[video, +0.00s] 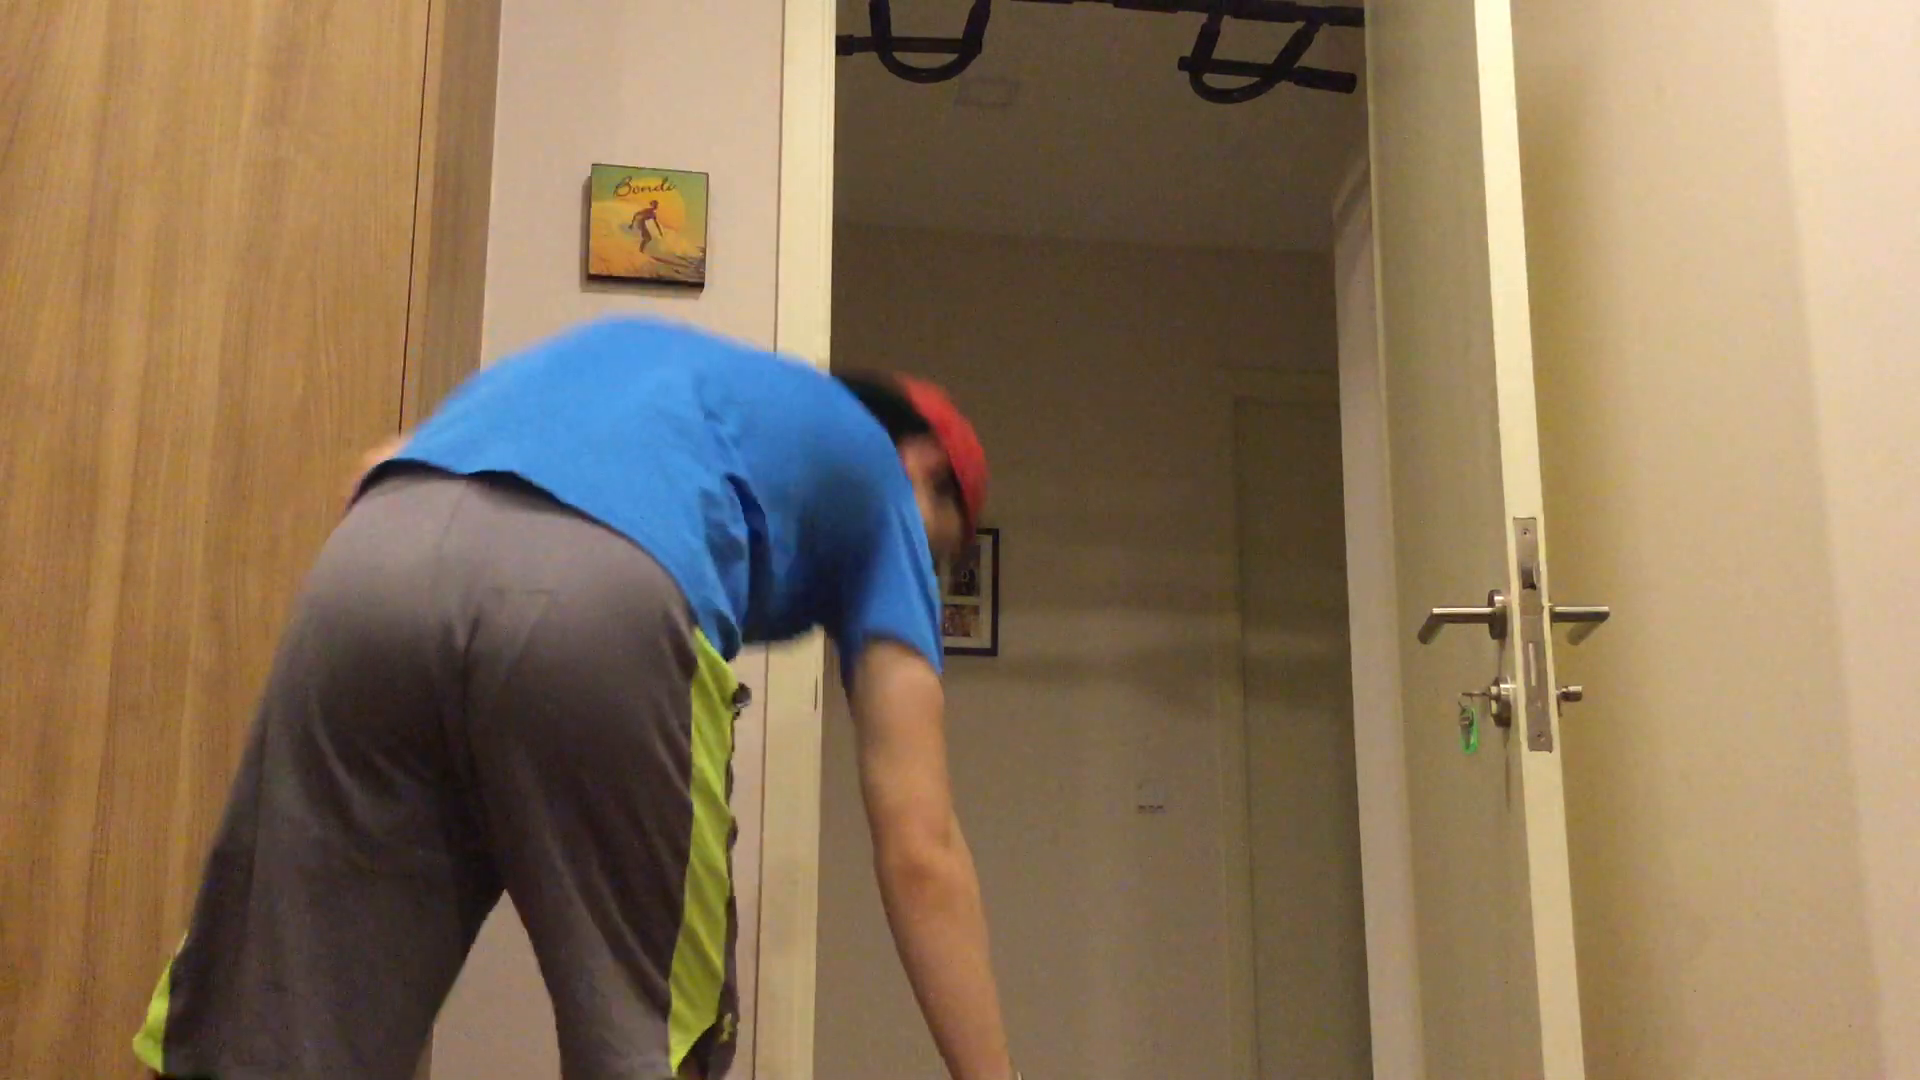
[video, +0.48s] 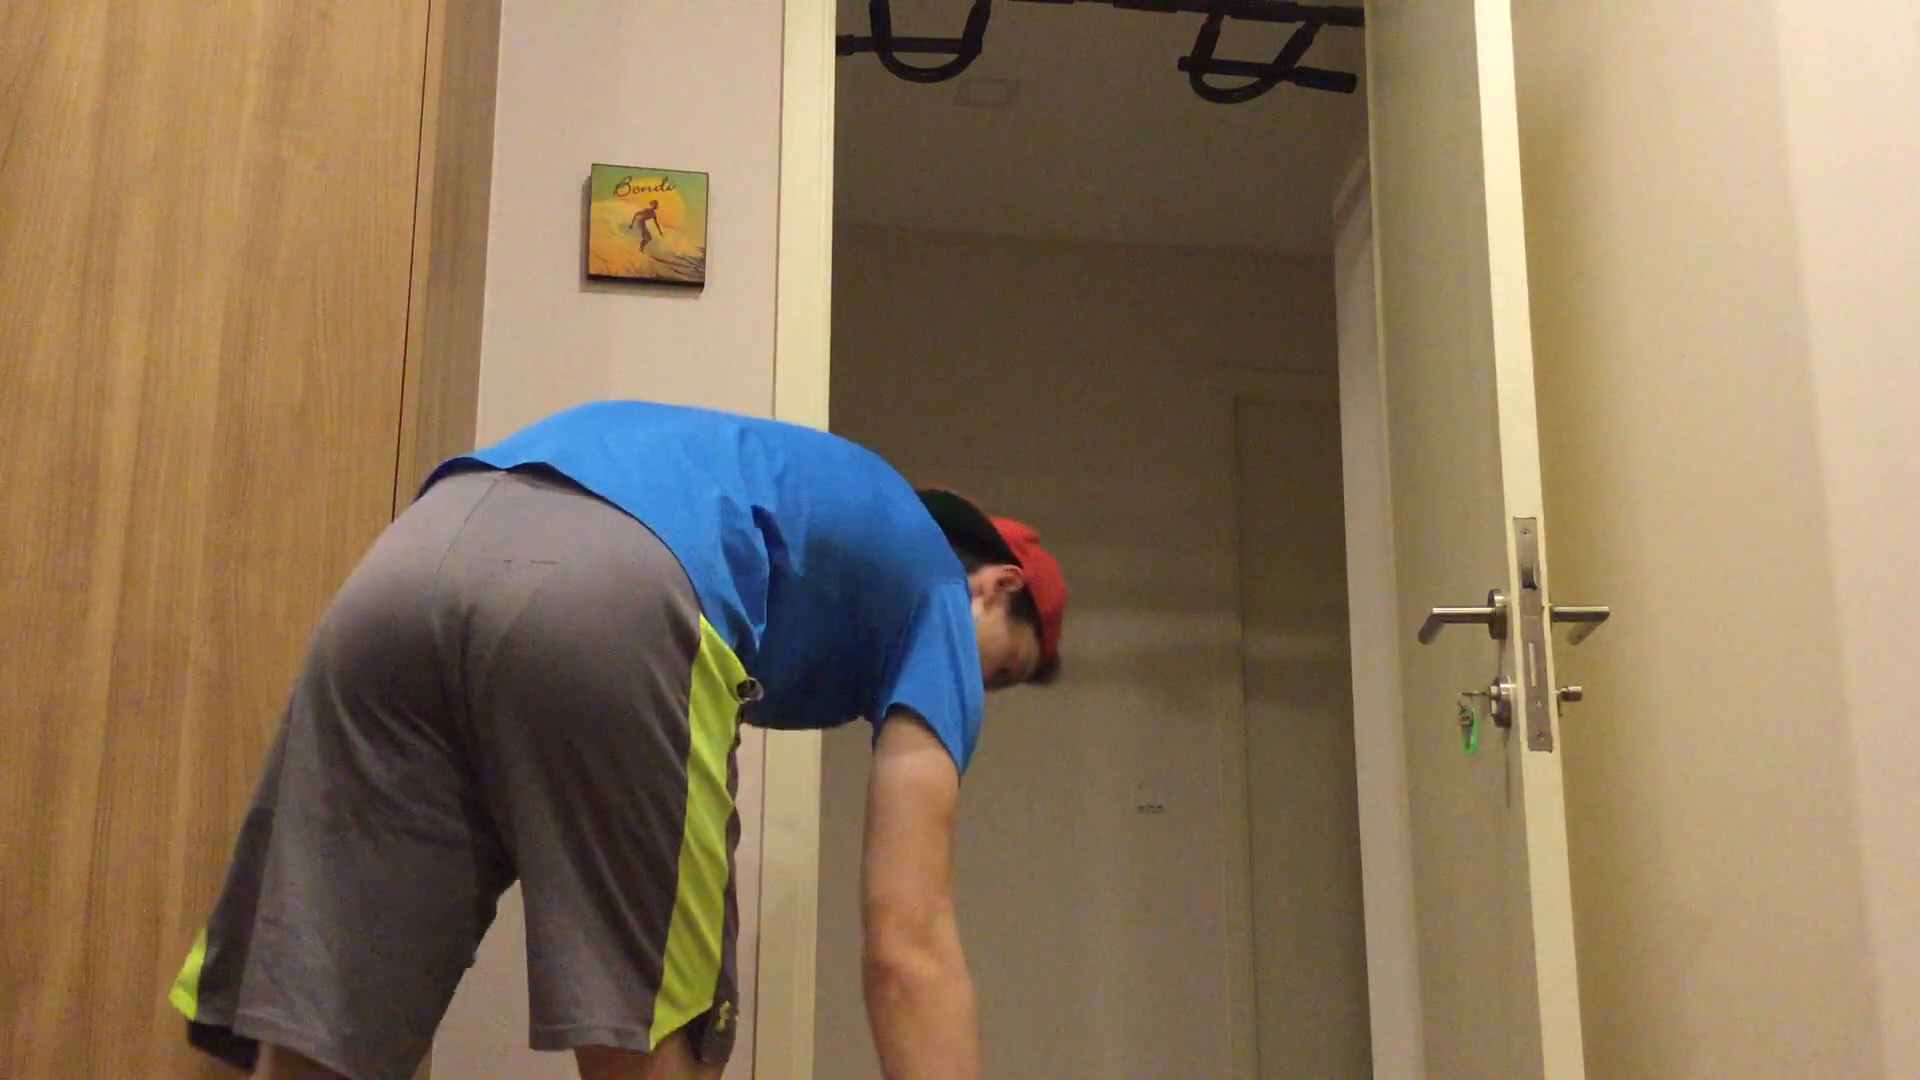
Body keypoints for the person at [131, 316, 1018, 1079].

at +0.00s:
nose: (919, 557)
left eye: (941, 547)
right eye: (934, 526)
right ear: (914, 456)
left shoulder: (613, 352)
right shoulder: (875, 473)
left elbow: (377, 470)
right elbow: (919, 846)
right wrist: (989, 1071)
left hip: (384, 540)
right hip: (602, 585)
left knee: (292, 1017)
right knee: (645, 1034)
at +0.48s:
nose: (994, 682)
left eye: (1016, 678)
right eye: (1015, 656)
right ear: (993, 581)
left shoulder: (752, 495)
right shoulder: (937, 602)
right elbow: (908, 948)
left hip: (421, 538)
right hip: (613, 584)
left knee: (310, 1039)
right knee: (641, 1050)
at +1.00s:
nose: (1000, 670)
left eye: (1023, 657)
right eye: (1021, 640)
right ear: (1001, 573)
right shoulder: (940, 585)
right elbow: (946, 941)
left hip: (431, 578)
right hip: (609, 608)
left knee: (494, 1044)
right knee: (635, 1050)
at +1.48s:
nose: (976, 348)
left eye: (986, 324)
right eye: (985, 319)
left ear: (872, 276)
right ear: (966, 292)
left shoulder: (751, 344)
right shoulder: (909, 364)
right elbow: (841, 586)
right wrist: (834, 827)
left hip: (507, 633)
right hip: (645, 629)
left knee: (558, 1045)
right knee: (722, 1033)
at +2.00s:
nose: (986, 248)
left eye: (988, 225)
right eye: (988, 223)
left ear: (869, 203)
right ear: (972, 211)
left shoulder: (788, 323)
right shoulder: (946, 321)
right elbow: (917, 557)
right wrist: (946, 779)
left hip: (761, 721)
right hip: (870, 731)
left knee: (710, 1042)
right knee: (939, 1051)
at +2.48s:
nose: (1128, 303)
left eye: (1127, 286)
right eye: (1130, 284)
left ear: (1019, 268)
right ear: (1123, 274)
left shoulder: (935, 410)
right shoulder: (1112, 371)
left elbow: (921, 631)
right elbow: (1152, 599)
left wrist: (919, 820)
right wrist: (1275, 744)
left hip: (981, 770)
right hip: (1079, 764)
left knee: (1174, 1030)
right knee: (1057, 1060)